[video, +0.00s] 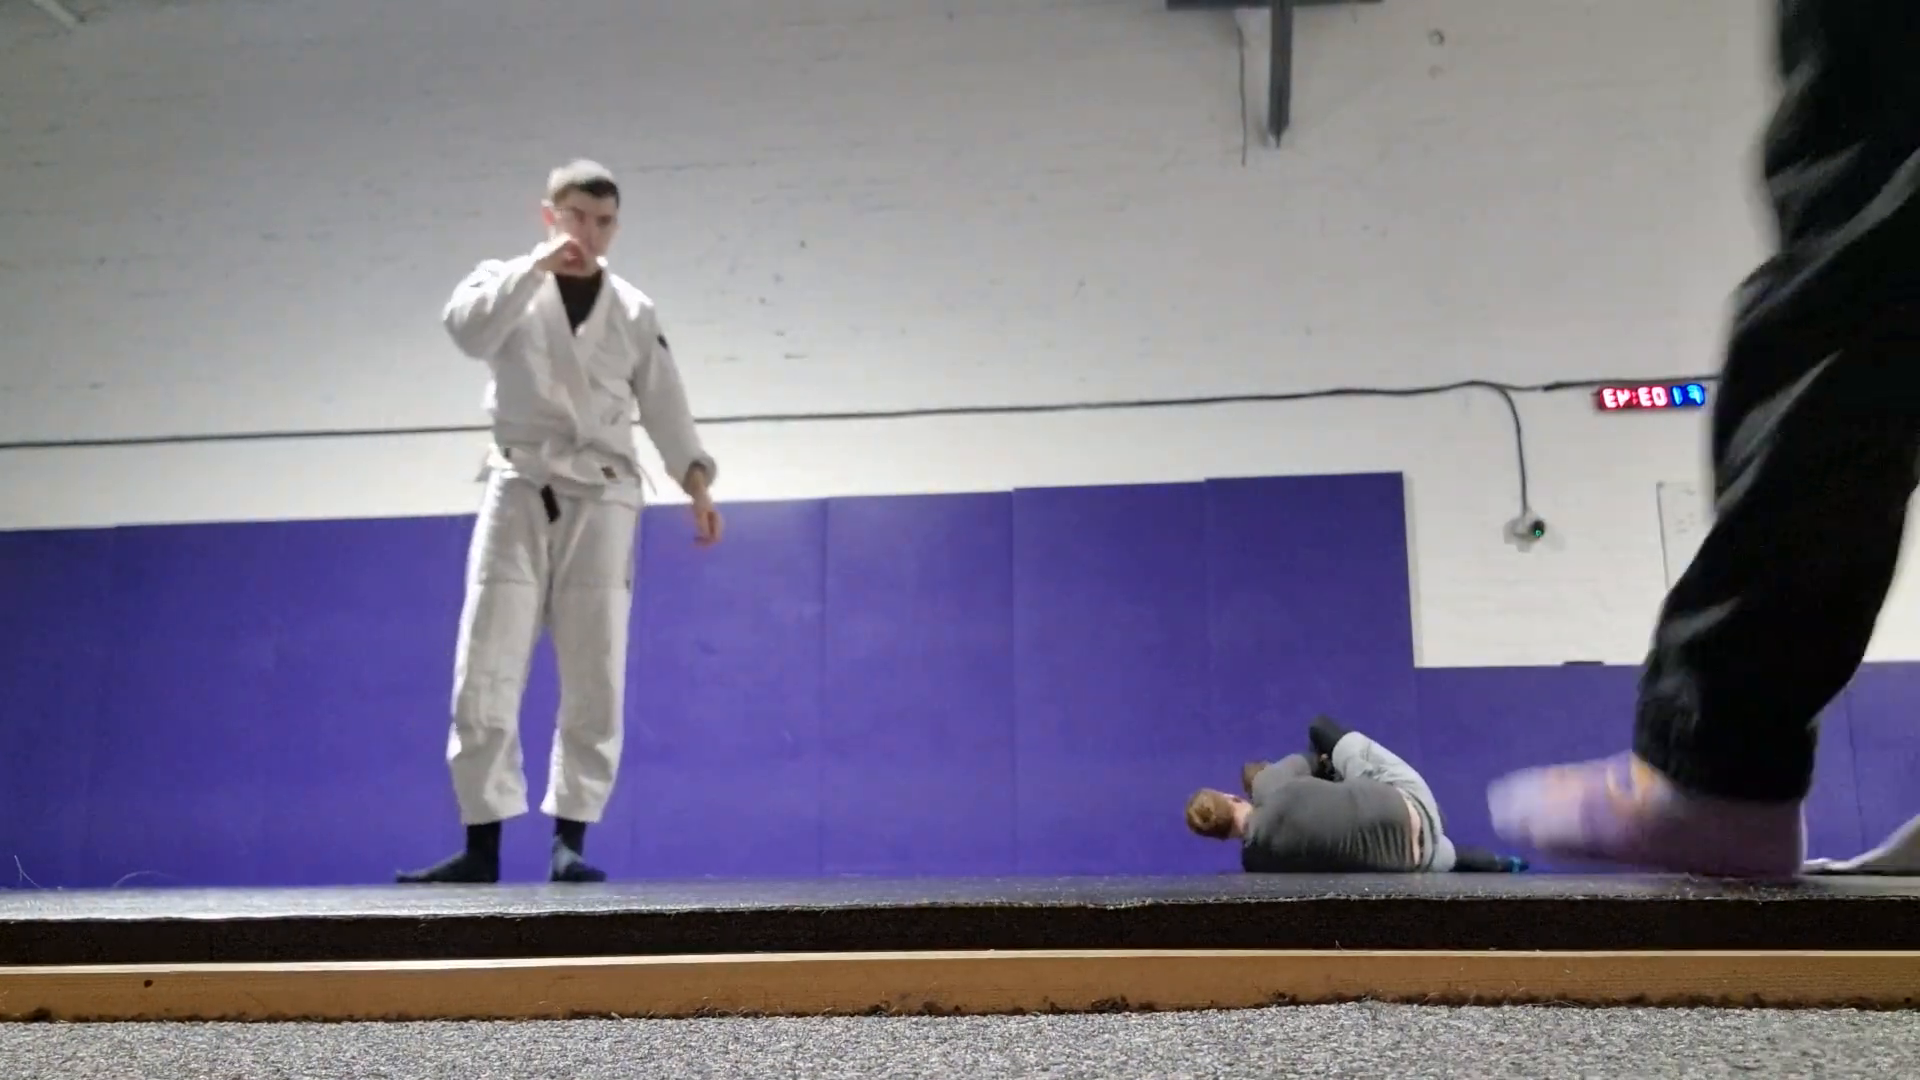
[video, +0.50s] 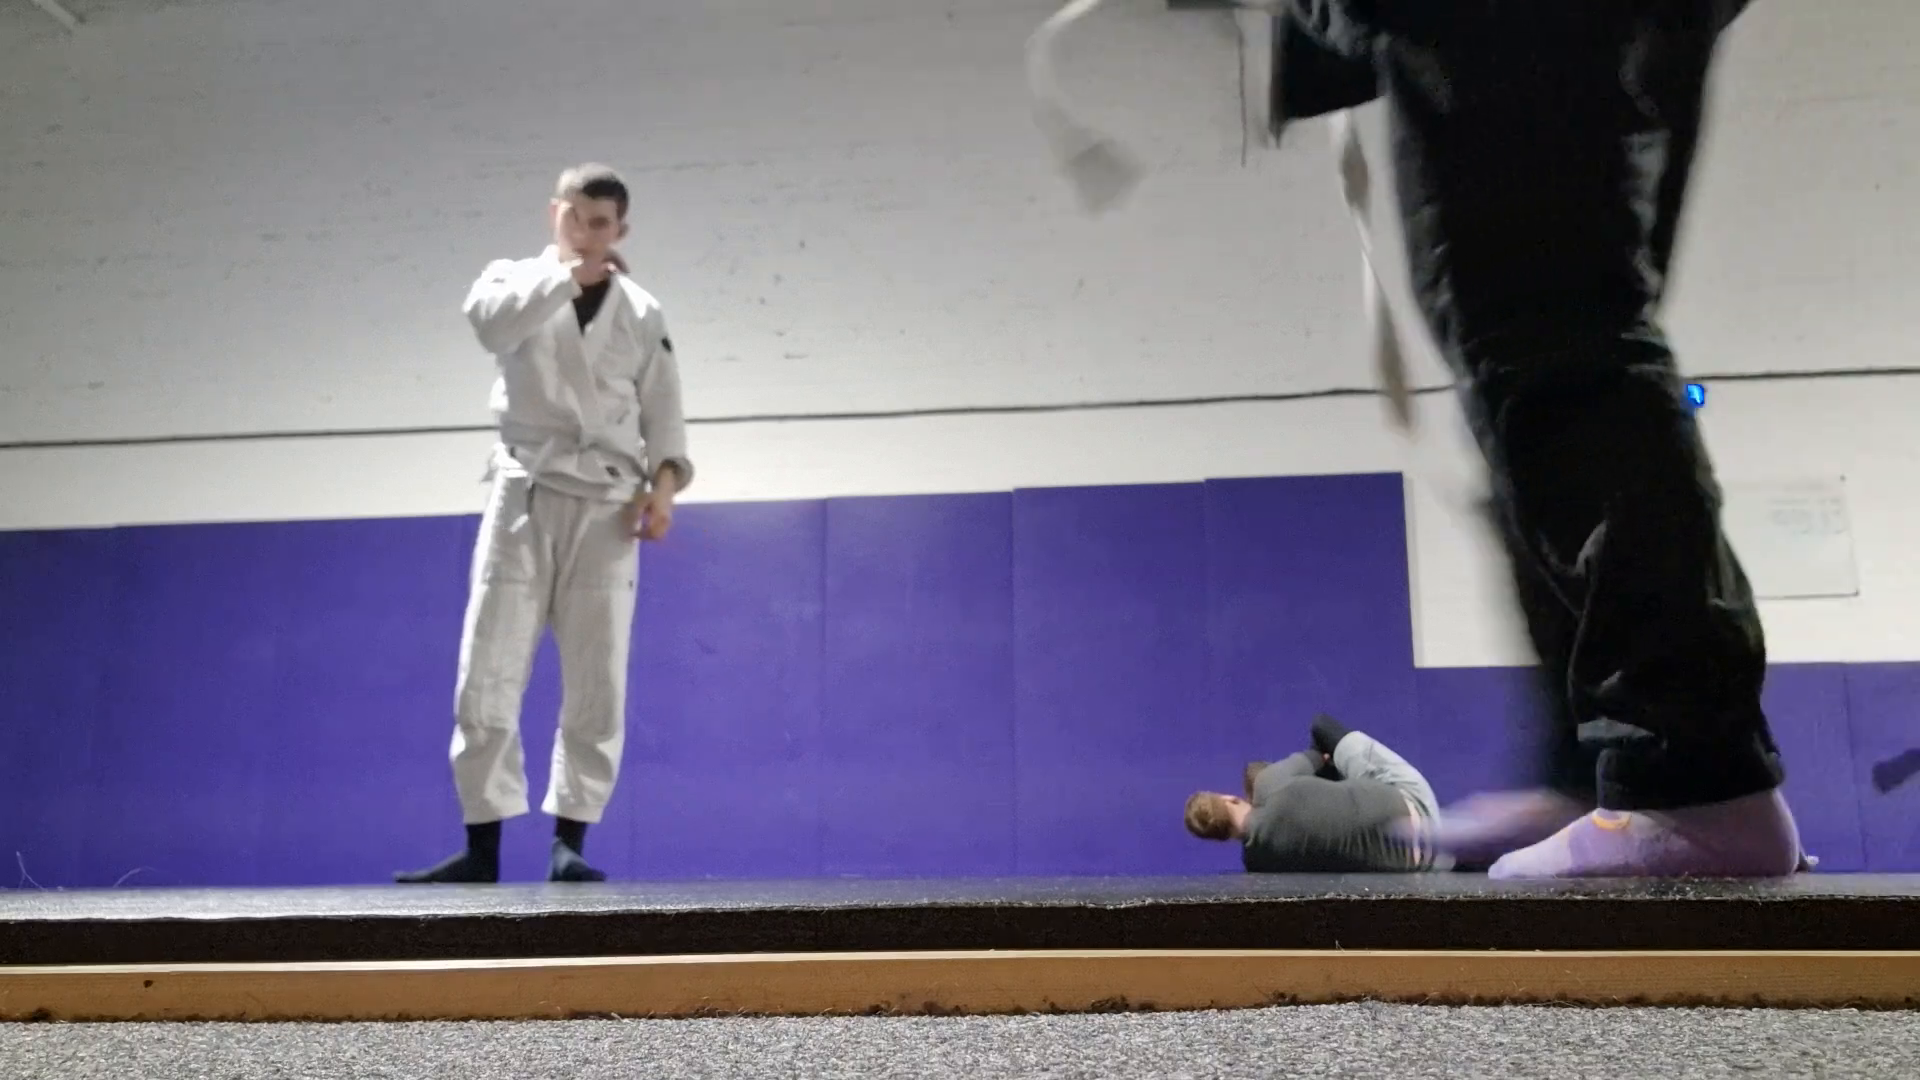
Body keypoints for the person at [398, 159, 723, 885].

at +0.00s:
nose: (586, 233)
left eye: (600, 223)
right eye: (575, 217)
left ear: (616, 230)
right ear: (548, 214)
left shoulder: (633, 311)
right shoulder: (503, 280)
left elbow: (663, 404)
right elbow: (465, 329)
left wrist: (698, 482)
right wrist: (539, 264)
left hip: (603, 499)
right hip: (516, 493)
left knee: (594, 667)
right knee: (484, 666)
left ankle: (569, 846)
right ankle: (480, 848)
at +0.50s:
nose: (595, 236)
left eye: (607, 226)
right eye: (584, 222)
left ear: (622, 231)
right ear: (555, 219)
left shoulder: (640, 312)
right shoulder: (513, 279)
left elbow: (664, 407)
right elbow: (489, 322)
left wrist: (665, 483)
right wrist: (569, 275)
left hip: (608, 506)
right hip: (521, 497)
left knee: (596, 674)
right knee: (487, 667)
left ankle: (570, 846)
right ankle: (481, 851)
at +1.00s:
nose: (615, 229)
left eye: (625, 219)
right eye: (602, 214)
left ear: (632, 228)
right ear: (565, 212)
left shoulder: (643, 310)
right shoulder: (510, 288)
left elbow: (669, 401)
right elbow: (467, 387)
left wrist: (689, 479)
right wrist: (439, 481)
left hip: (610, 508)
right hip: (522, 499)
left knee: (599, 675)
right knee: (490, 671)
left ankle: (569, 849)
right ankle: (481, 851)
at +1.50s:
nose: (615, 224)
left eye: (622, 214)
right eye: (604, 210)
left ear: (627, 224)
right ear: (566, 212)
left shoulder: (644, 311)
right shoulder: (504, 288)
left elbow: (675, 404)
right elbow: (456, 387)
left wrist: (683, 451)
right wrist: (482, 447)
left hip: (608, 508)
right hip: (520, 501)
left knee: (597, 676)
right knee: (488, 674)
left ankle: (569, 851)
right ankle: (481, 851)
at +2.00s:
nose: (597, 220)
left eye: (610, 210)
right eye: (584, 204)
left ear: (621, 225)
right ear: (554, 212)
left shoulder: (643, 315)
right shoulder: (499, 290)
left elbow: (682, 407)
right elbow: (446, 378)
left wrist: (661, 432)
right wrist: (504, 416)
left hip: (605, 509)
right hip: (518, 502)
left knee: (595, 675)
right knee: (486, 671)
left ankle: (568, 850)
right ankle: (480, 852)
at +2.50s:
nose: (587, 231)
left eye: (600, 220)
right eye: (577, 213)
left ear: (618, 231)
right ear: (552, 213)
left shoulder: (630, 299)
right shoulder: (499, 289)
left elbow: (656, 389)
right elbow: (428, 376)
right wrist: (446, 438)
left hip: (597, 504)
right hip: (514, 498)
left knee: (589, 670)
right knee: (484, 670)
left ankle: (578, 840)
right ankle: (481, 848)